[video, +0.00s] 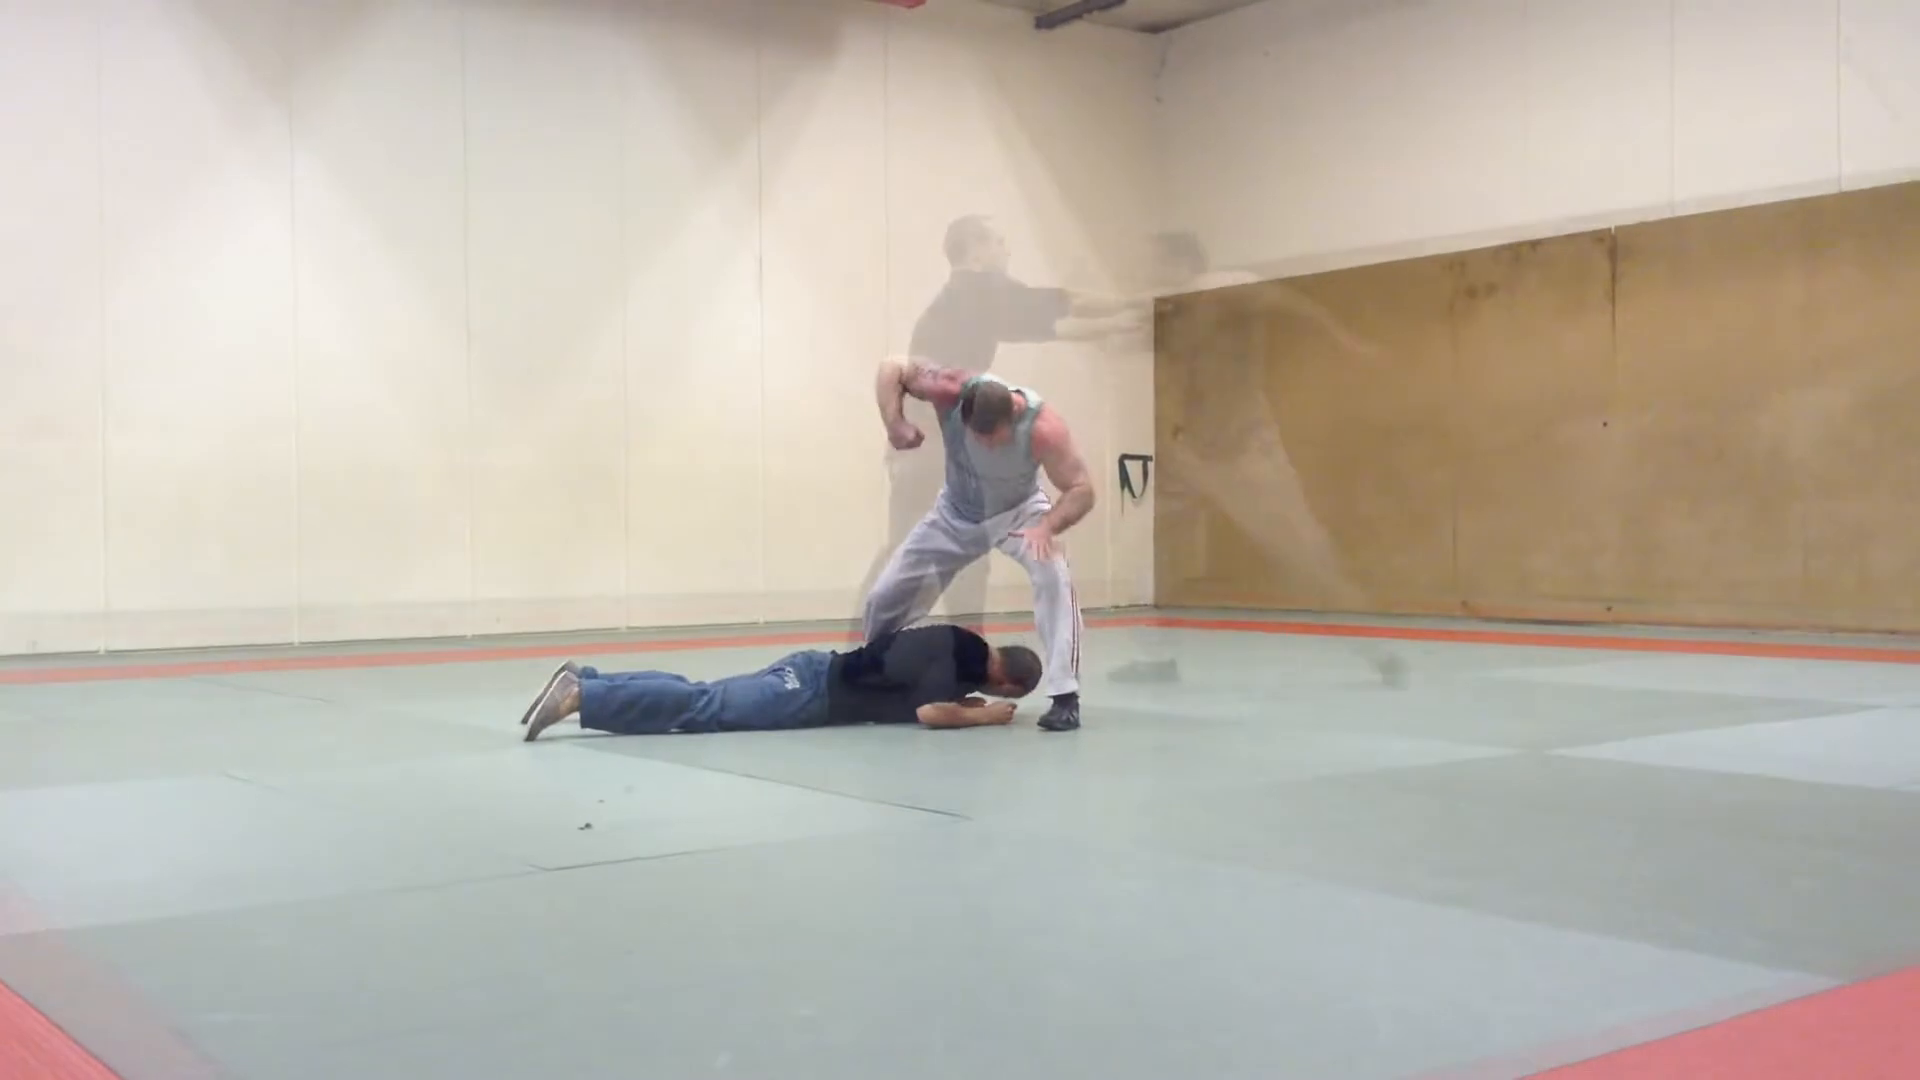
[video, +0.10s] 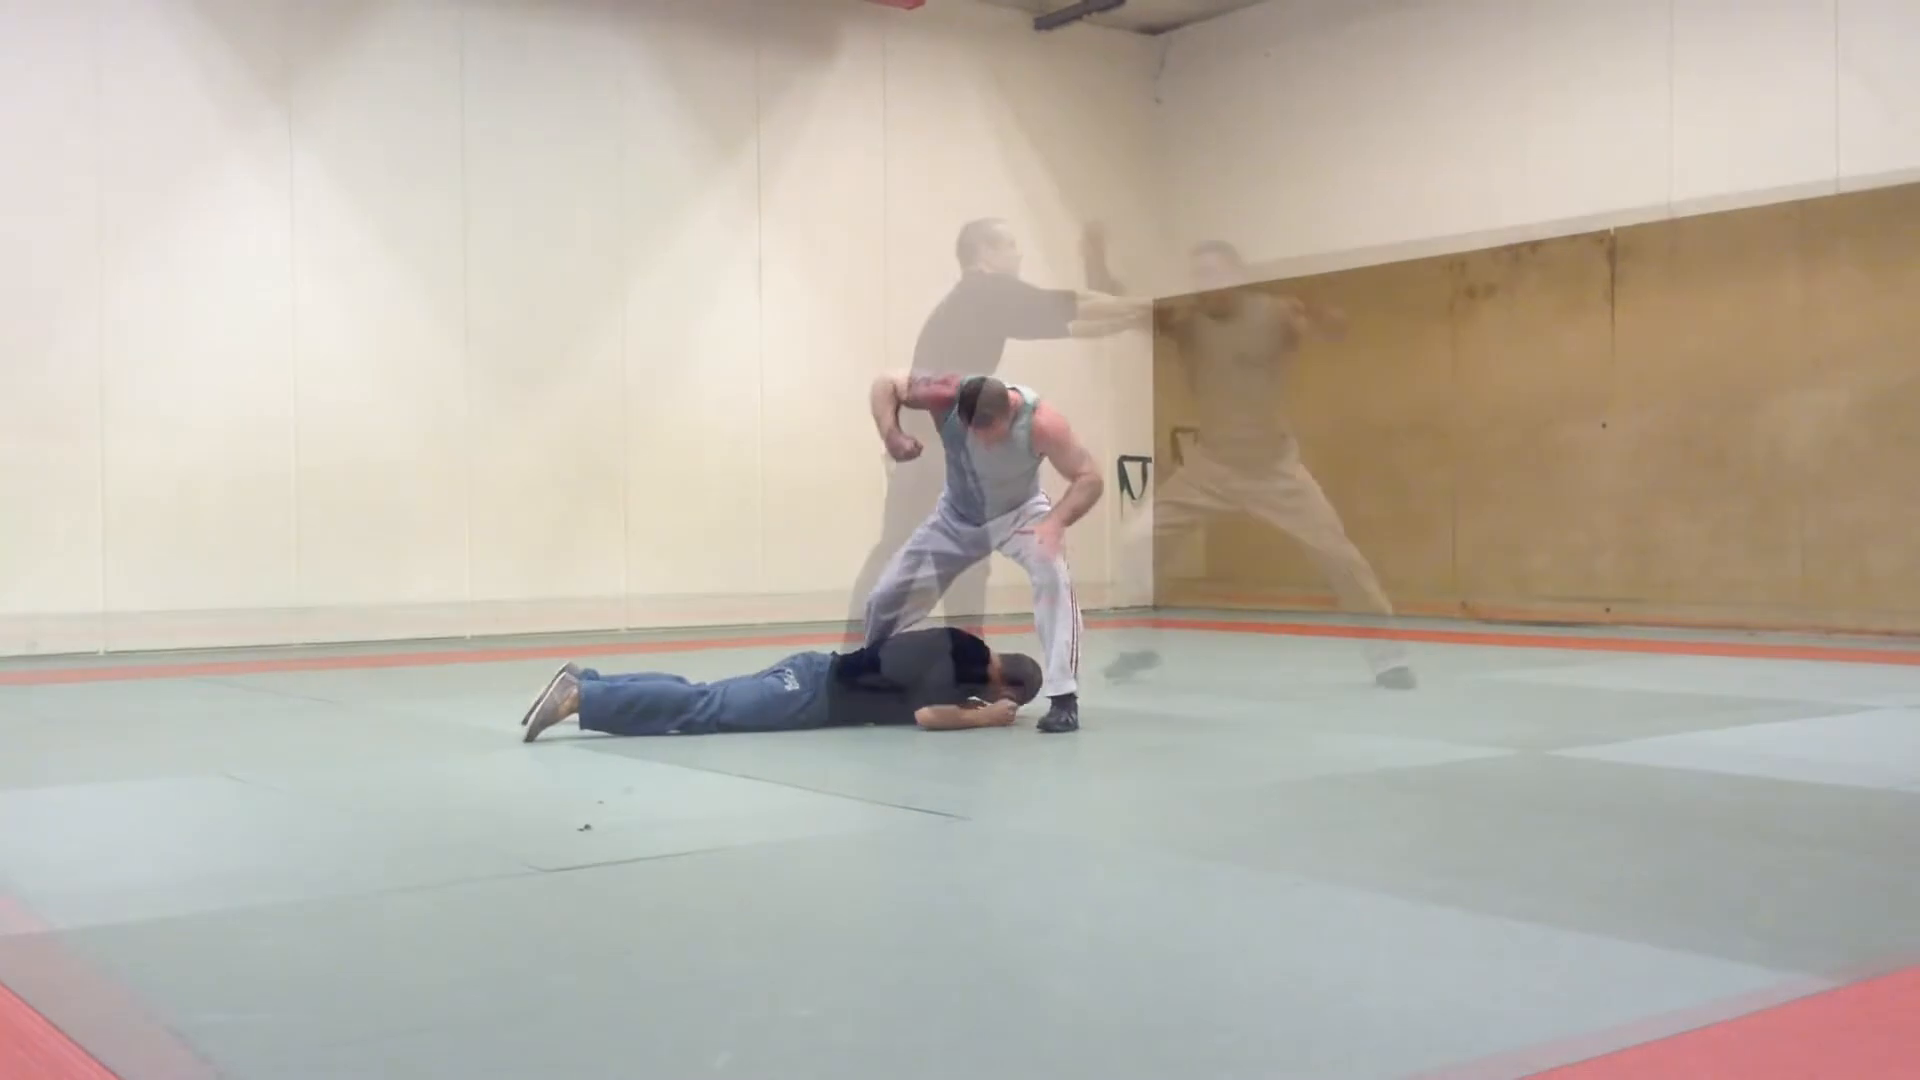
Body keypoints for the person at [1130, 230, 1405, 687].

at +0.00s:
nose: (1170, 274)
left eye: (1177, 265)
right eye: (1165, 265)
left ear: (1194, 263)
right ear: (1159, 267)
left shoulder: (1226, 295)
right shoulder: (1163, 311)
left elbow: (1284, 301)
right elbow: (1111, 328)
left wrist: (1344, 341)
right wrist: (1063, 318)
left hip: (1248, 443)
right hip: (1188, 447)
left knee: (1306, 549)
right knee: (1162, 559)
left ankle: (1377, 651)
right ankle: (1158, 659)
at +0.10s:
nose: (1209, 293)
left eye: (1217, 283)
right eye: (1202, 285)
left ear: (1236, 281)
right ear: (1195, 287)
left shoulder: (1274, 313)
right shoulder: (1186, 320)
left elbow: (1332, 332)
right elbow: (1120, 307)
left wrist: (1324, 322)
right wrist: (1097, 265)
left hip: (1276, 469)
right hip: (1210, 467)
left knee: (1338, 553)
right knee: (1134, 535)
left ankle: (1389, 657)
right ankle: (1141, 648)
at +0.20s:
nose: (1249, 302)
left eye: (1258, 293)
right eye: (1242, 292)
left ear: (1273, 296)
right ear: (1227, 296)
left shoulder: (1289, 339)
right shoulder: (1206, 332)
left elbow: (1334, 347)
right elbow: (1150, 319)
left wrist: (1281, 302)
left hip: (1280, 482)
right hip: (1208, 481)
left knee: (1348, 557)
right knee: (1138, 560)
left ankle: (1383, 660)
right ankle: (1094, 661)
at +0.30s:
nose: (1223, 308)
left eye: (1233, 300)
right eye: (1221, 300)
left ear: (1255, 303)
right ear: (1216, 304)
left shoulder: (1283, 347)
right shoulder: (1203, 343)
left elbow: (1343, 359)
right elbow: (1180, 356)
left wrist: (1312, 327)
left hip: (1267, 489)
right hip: (1197, 488)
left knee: (1340, 557)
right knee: (1129, 561)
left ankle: (1374, 661)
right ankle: (1082, 664)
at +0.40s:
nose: (1203, 311)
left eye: (1212, 301)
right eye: (1198, 302)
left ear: (1237, 301)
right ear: (1193, 305)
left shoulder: (1271, 347)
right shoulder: (1180, 346)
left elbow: (1328, 355)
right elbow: (1117, 348)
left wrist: (1367, 359)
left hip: (1250, 488)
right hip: (1179, 489)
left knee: (1323, 552)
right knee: (1118, 558)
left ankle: (1358, 658)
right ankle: (1068, 661)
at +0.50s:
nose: (1173, 310)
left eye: (1181, 300)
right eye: (1168, 301)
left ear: (1208, 295)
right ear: (1163, 299)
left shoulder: (1249, 337)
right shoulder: (1156, 332)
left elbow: (1306, 377)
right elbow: (1085, 317)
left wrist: (1324, 407)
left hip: (1242, 483)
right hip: (1170, 483)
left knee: (1306, 559)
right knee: (1111, 564)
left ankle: (1339, 661)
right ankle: (1052, 670)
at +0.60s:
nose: (1142, 301)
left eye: (1149, 291)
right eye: (1139, 292)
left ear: (1179, 290)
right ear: (1142, 296)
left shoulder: (1220, 333)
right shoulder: (1141, 340)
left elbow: (1225, 371)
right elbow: (1099, 361)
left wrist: (1160, 368)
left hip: (1232, 481)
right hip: (1164, 481)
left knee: (1297, 565)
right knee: (1102, 550)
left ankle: (1332, 663)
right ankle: (1101, 647)